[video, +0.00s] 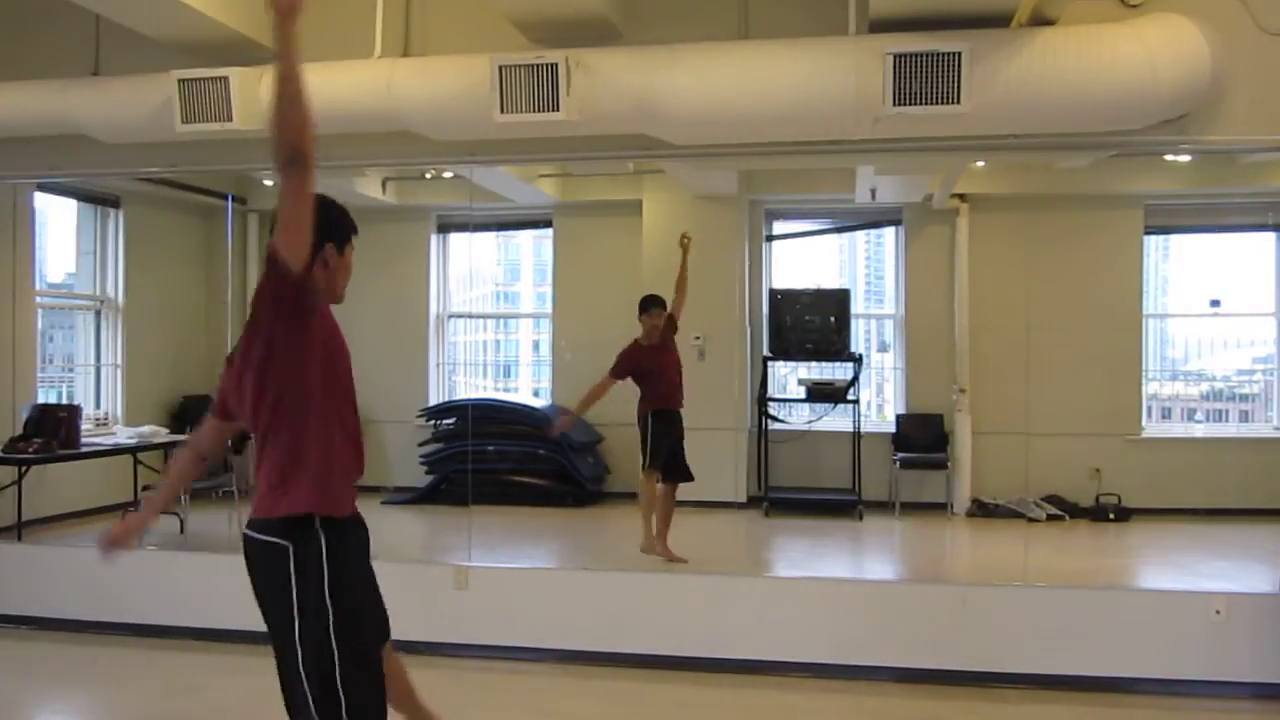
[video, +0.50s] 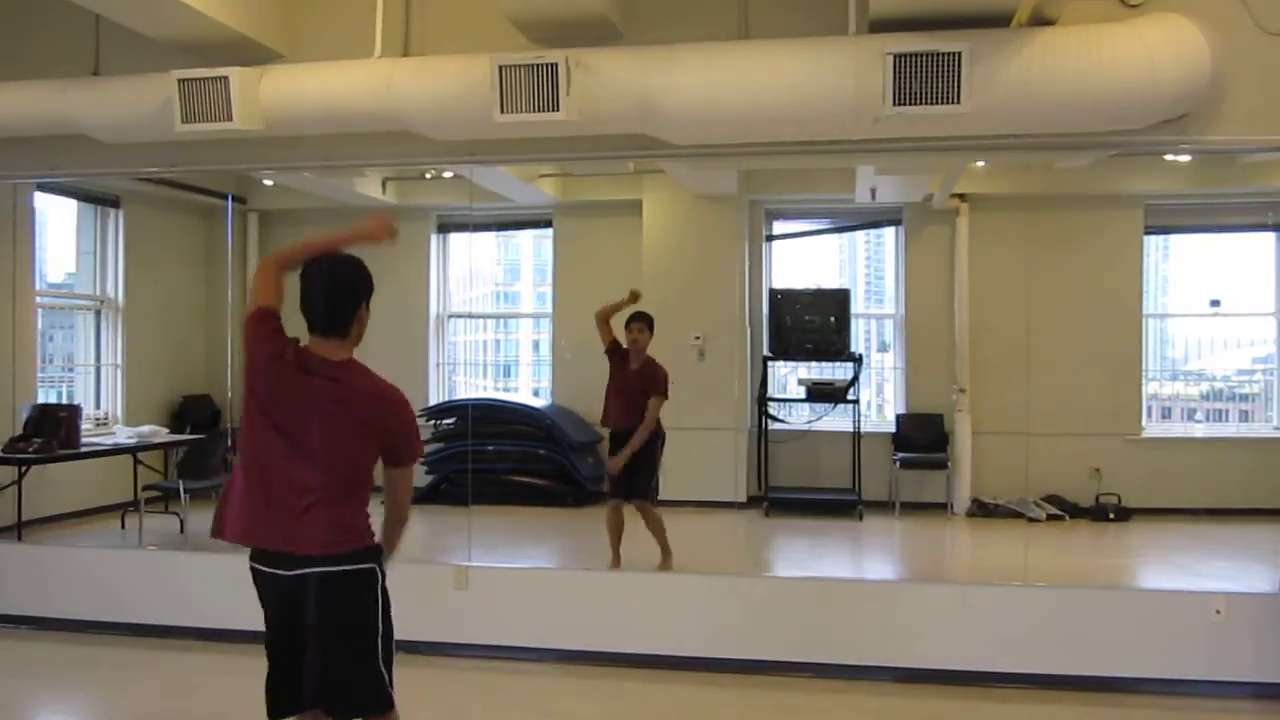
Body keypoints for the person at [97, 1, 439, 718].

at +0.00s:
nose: (351, 270)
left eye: (350, 257)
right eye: (348, 256)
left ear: (311, 255)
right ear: (322, 253)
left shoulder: (264, 338)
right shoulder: (289, 298)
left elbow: (212, 433)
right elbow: (295, 159)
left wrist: (146, 512)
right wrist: (288, 34)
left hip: (323, 531)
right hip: (301, 537)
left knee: (381, 664)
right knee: (335, 704)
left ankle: (422, 713)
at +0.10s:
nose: (354, 255)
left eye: (351, 245)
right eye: (348, 244)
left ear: (278, 246)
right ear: (330, 247)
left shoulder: (236, 326)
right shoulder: (327, 297)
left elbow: (138, 358)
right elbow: (404, 186)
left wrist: (31, 378)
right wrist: (456, 69)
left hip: (291, 521)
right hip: (325, 522)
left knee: (357, 690)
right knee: (340, 697)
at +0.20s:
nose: (346, 269)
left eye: (338, 257)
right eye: (343, 258)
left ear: (273, 261)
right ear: (331, 262)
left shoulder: (223, 329)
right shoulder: (352, 320)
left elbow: (119, 287)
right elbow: (469, 279)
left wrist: (32, 237)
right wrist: (572, 223)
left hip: (281, 523)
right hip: (341, 521)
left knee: (289, 679)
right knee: (330, 690)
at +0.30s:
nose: (347, 272)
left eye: (340, 261)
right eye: (346, 262)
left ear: (277, 269)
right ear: (339, 269)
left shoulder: (234, 333)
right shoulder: (363, 342)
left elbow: (152, 238)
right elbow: (485, 372)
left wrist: (117, 135)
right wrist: (592, 397)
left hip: (270, 535)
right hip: (340, 530)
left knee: (287, 699)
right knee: (345, 705)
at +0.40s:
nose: (358, 288)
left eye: (354, 276)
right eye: (357, 279)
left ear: (292, 282)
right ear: (349, 287)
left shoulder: (251, 336)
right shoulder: (368, 367)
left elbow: (221, 226)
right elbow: (449, 454)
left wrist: (259, 139)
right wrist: (509, 521)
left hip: (266, 545)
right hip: (337, 547)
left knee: (301, 693)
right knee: (369, 705)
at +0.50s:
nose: (371, 313)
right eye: (370, 305)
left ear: (304, 306)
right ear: (363, 313)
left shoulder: (269, 360)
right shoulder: (382, 401)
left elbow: (272, 264)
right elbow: (398, 496)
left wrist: (355, 233)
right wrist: (387, 544)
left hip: (272, 561)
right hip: (345, 566)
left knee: (298, 695)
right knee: (369, 699)